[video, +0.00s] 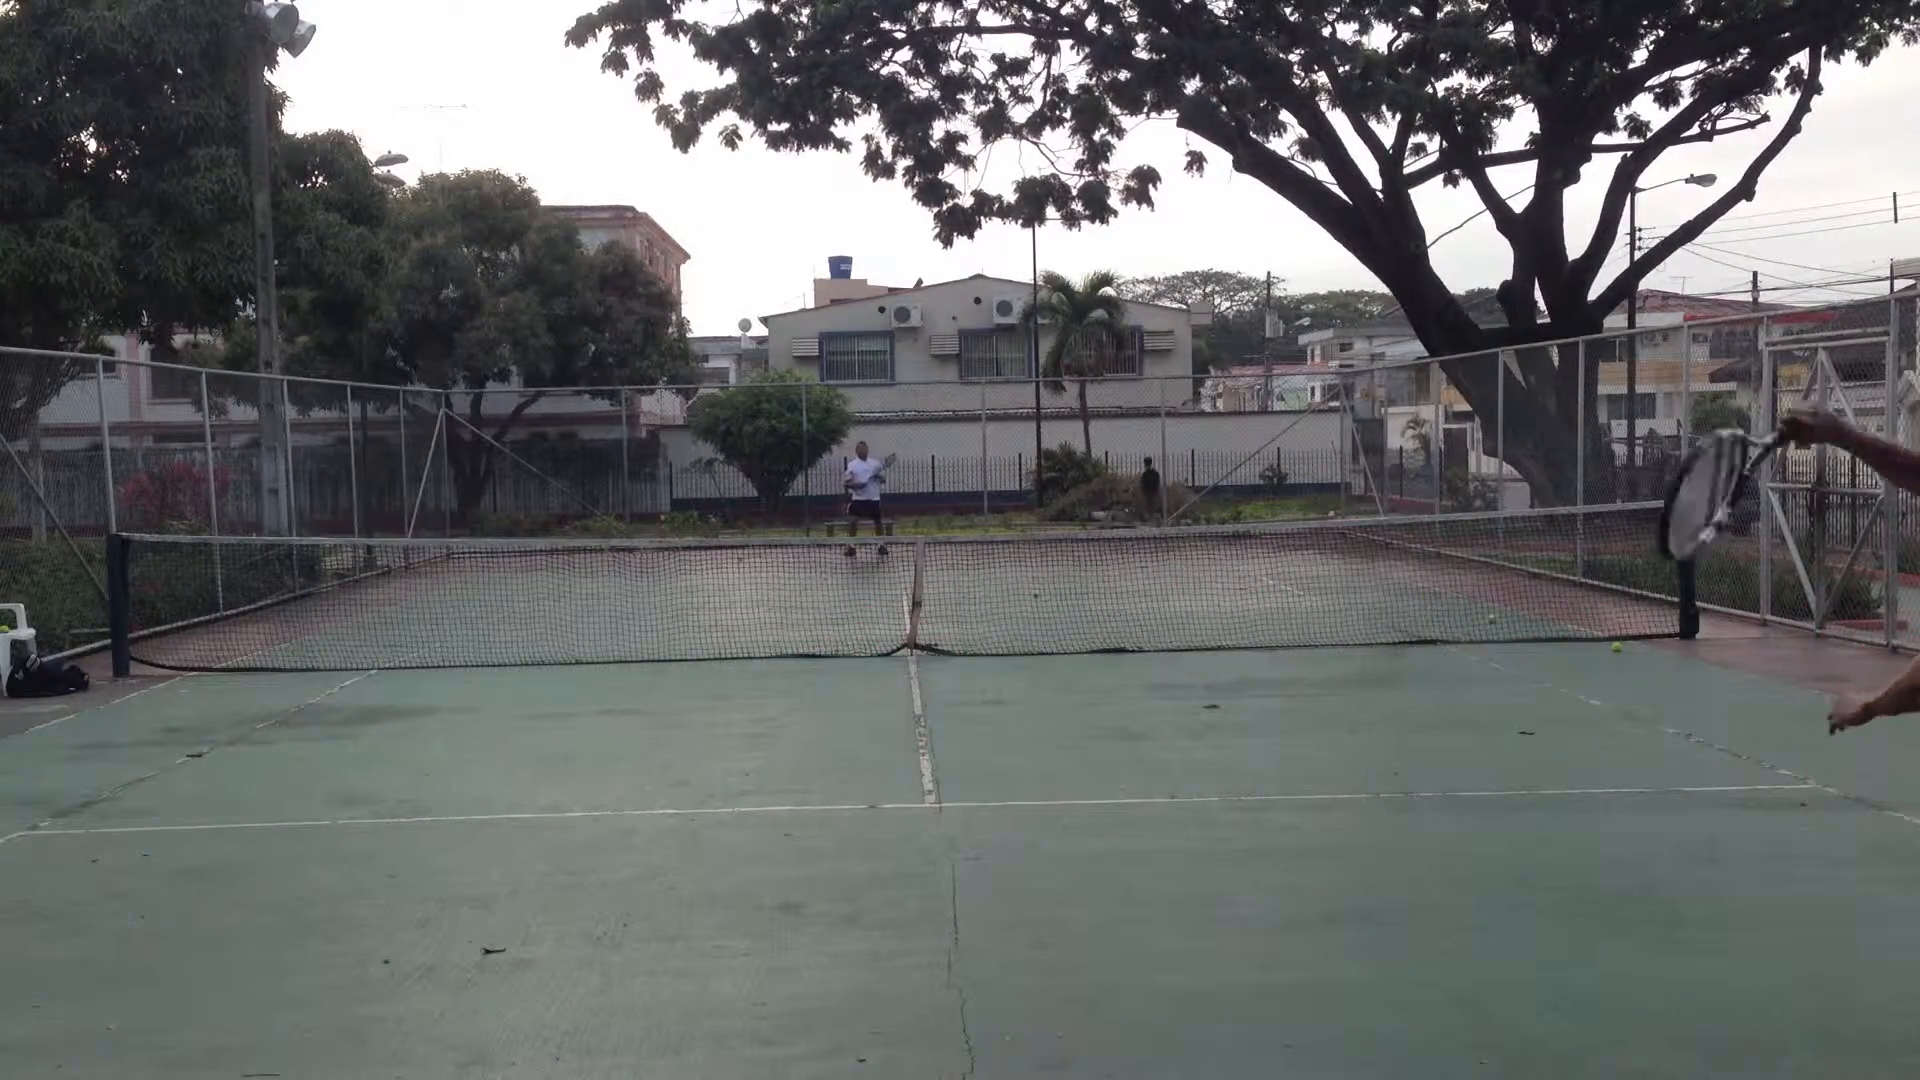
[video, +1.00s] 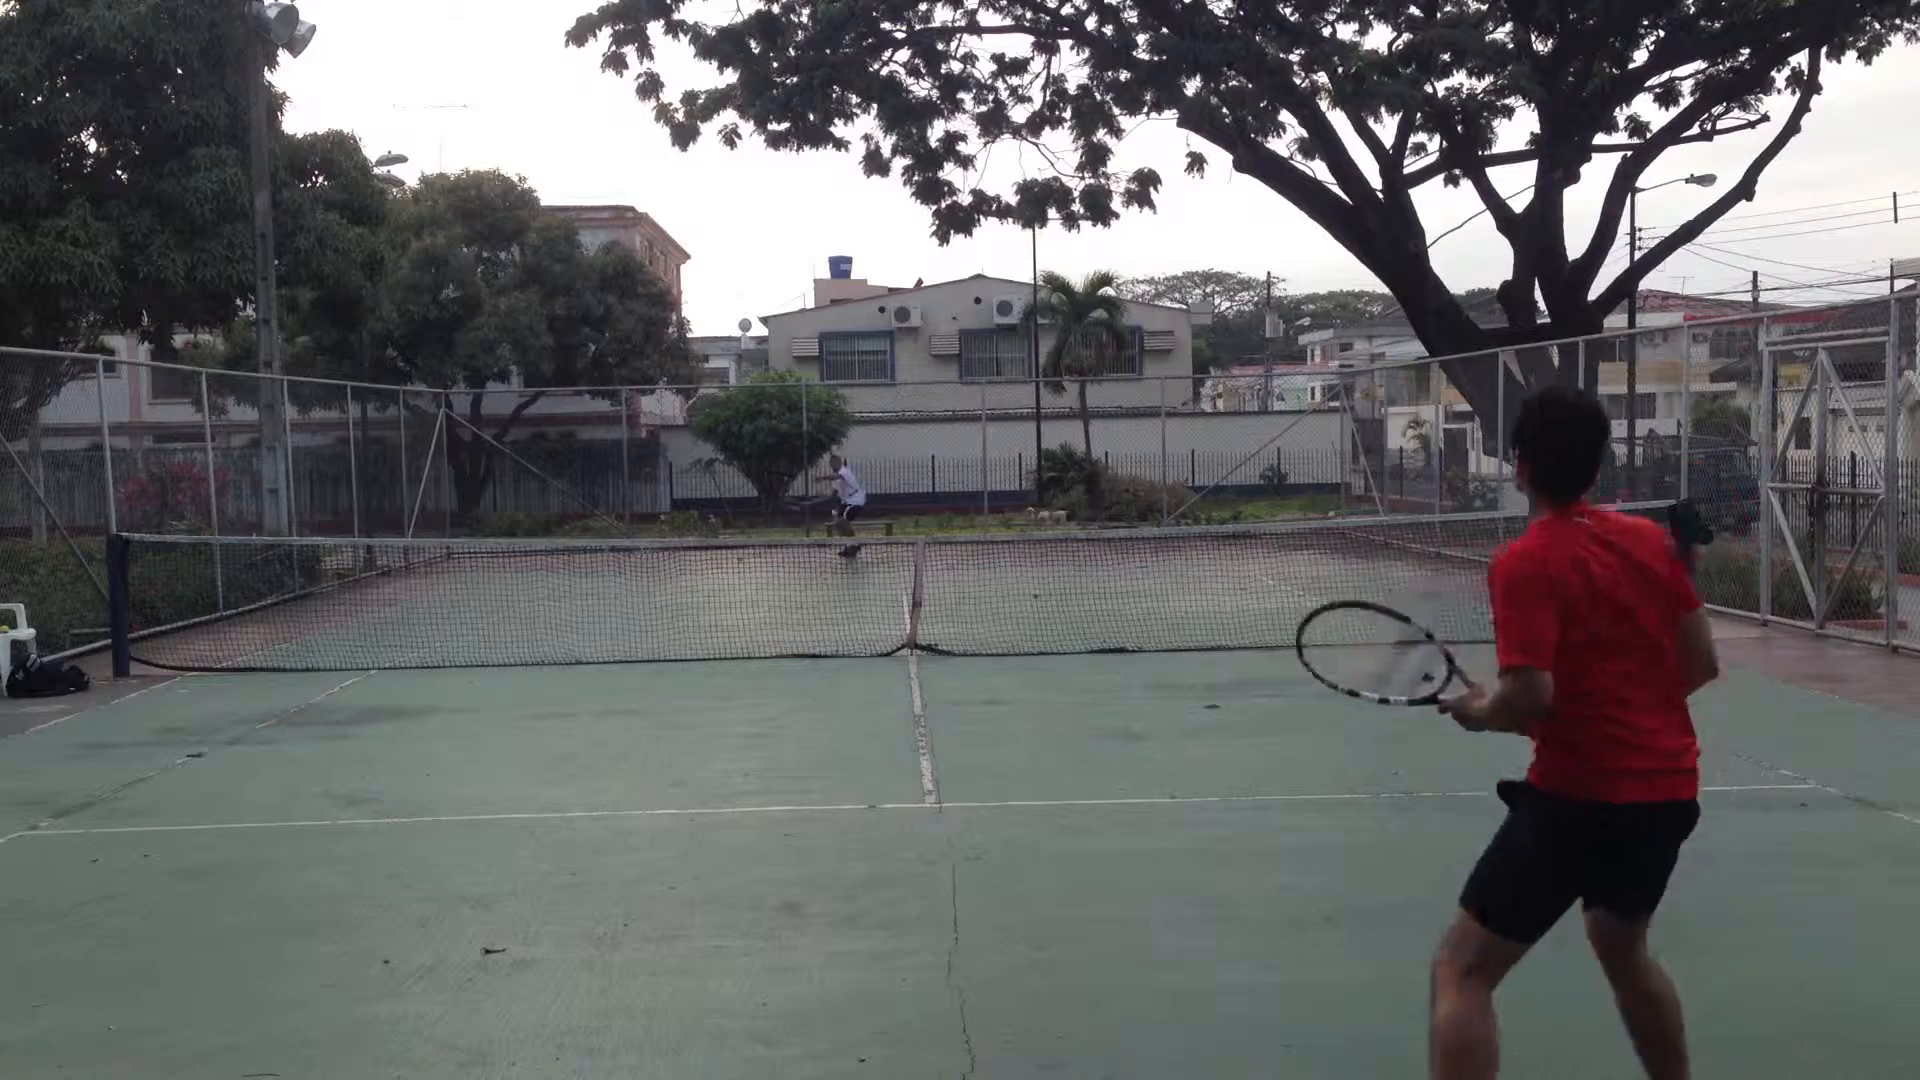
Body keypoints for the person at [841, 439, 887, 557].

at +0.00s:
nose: (862, 452)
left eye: (864, 449)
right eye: (860, 449)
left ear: (867, 450)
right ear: (856, 451)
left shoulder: (875, 463)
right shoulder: (852, 465)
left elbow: (883, 479)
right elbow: (847, 482)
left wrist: (879, 478)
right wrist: (858, 485)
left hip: (873, 499)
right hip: (858, 499)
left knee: (878, 522)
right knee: (853, 522)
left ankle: (881, 545)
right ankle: (851, 546)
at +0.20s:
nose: (859, 453)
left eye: (861, 451)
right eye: (857, 451)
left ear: (864, 452)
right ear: (853, 452)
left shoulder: (871, 464)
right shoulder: (847, 466)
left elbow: (879, 481)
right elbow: (839, 480)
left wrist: (870, 478)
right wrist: (850, 483)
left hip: (868, 499)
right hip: (853, 499)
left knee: (873, 522)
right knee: (850, 522)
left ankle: (881, 543)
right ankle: (851, 545)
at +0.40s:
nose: (853, 453)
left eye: (855, 450)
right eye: (851, 450)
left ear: (858, 452)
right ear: (847, 452)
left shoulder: (863, 465)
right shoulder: (841, 464)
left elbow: (868, 482)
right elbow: (832, 475)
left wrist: (855, 477)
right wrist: (842, 477)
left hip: (860, 498)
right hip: (847, 497)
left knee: (863, 522)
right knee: (847, 522)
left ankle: (871, 543)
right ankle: (852, 546)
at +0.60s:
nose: (846, 453)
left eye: (848, 451)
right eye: (844, 451)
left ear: (853, 452)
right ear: (843, 452)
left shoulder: (857, 463)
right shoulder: (841, 462)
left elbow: (855, 476)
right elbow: (838, 472)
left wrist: (839, 474)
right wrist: (832, 474)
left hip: (857, 497)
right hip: (846, 496)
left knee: (853, 522)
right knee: (846, 522)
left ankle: (857, 547)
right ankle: (852, 545)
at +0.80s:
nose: (838, 455)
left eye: (840, 452)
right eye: (837, 453)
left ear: (846, 452)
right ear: (837, 454)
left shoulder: (851, 465)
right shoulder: (841, 466)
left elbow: (840, 473)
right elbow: (834, 481)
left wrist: (820, 472)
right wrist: (821, 482)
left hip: (857, 498)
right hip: (847, 497)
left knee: (851, 521)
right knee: (844, 521)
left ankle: (857, 547)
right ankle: (850, 545)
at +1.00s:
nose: (831, 465)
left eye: (833, 463)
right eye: (831, 463)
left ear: (837, 463)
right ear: (832, 464)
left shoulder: (845, 471)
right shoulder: (836, 479)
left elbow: (836, 477)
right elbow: (833, 495)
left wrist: (821, 479)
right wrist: (817, 501)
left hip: (856, 499)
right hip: (846, 500)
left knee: (843, 522)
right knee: (839, 522)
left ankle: (854, 544)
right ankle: (849, 545)